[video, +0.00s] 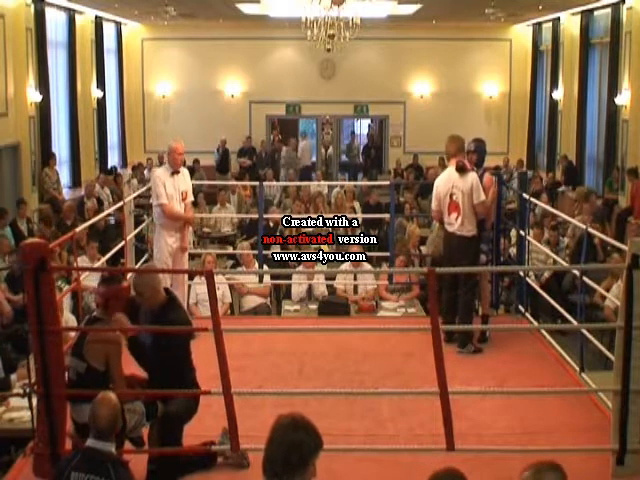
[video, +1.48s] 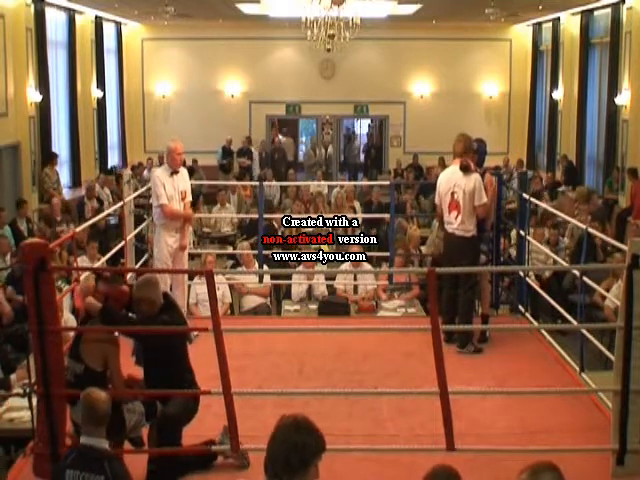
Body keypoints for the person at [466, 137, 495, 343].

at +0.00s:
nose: (470, 157)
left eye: (473, 153)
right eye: (468, 153)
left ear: (481, 155)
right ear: (466, 154)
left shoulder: (488, 179)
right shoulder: (463, 176)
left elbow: (488, 208)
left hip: (483, 230)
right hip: (464, 229)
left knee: (483, 276)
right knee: (464, 276)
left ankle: (484, 322)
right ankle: (462, 320)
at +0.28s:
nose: (469, 157)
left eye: (472, 154)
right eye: (469, 153)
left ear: (478, 155)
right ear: (469, 154)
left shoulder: (487, 180)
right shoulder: (462, 176)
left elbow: (489, 208)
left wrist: (488, 226)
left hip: (482, 230)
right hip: (465, 229)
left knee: (483, 276)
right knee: (465, 276)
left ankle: (484, 322)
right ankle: (463, 320)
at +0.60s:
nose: (470, 157)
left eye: (474, 153)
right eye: (469, 152)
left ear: (480, 155)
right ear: (466, 153)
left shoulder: (487, 178)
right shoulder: (461, 175)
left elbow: (489, 206)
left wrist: (485, 223)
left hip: (483, 230)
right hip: (464, 229)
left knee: (483, 275)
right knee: (463, 276)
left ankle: (484, 321)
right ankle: (460, 319)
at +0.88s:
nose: (471, 156)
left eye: (475, 152)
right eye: (470, 152)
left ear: (482, 155)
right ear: (466, 153)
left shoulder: (487, 179)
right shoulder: (461, 175)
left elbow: (489, 206)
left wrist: (486, 223)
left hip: (483, 229)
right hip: (464, 229)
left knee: (483, 275)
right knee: (463, 275)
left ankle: (484, 320)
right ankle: (460, 319)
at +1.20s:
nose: (470, 157)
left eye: (473, 153)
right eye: (470, 153)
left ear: (479, 155)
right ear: (470, 153)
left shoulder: (488, 179)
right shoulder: (463, 176)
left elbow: (489, 207)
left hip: (483, 230)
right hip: (465, 230)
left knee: (484, 276)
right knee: (464, 276)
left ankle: (484, 321)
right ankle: (461, 320)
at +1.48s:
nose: (471, 158)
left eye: (474, 154)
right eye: (471, 153)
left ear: (478, 155)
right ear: (477, 154)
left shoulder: (489, 179)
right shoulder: (464, 177)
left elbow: (491, 207)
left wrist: (488, 225)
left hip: (484, 231)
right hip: (467, 230)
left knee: (484, 275)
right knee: (465, 277)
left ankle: (484, 320)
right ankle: (462, 320)